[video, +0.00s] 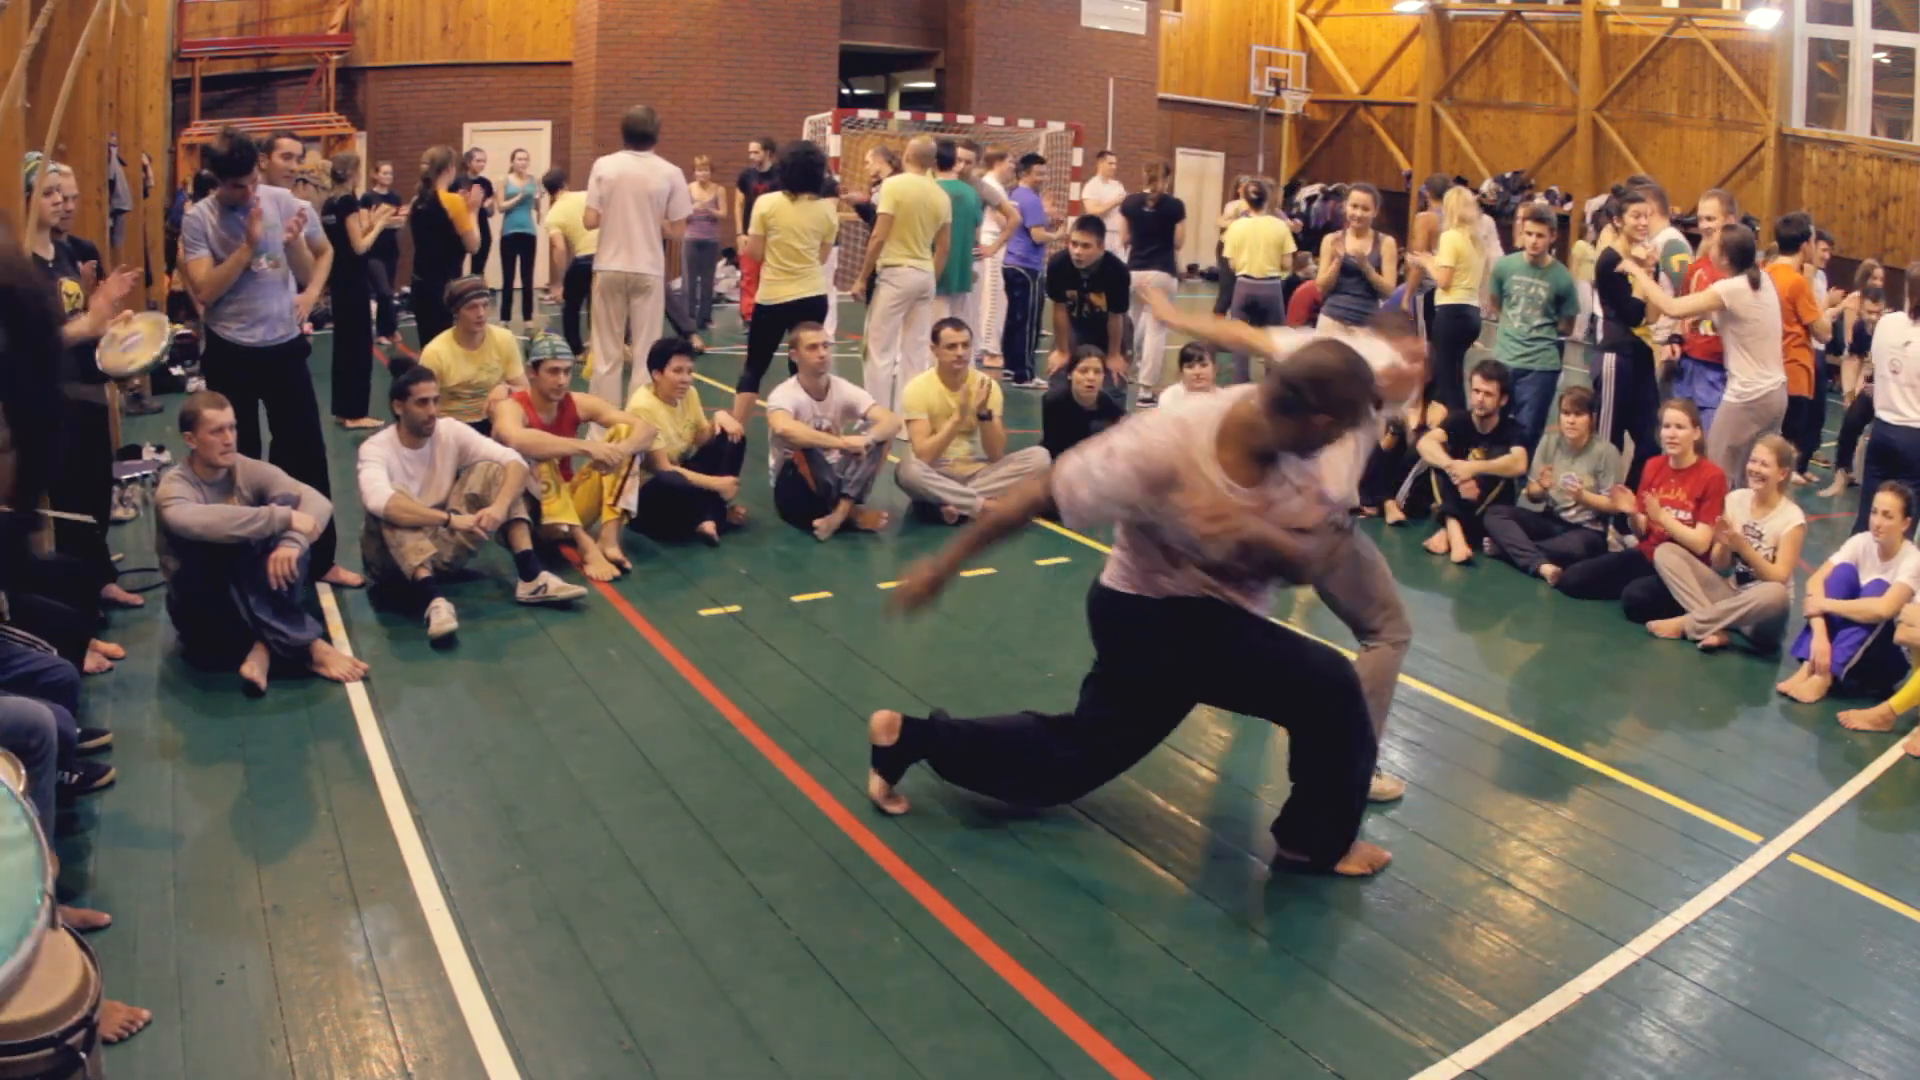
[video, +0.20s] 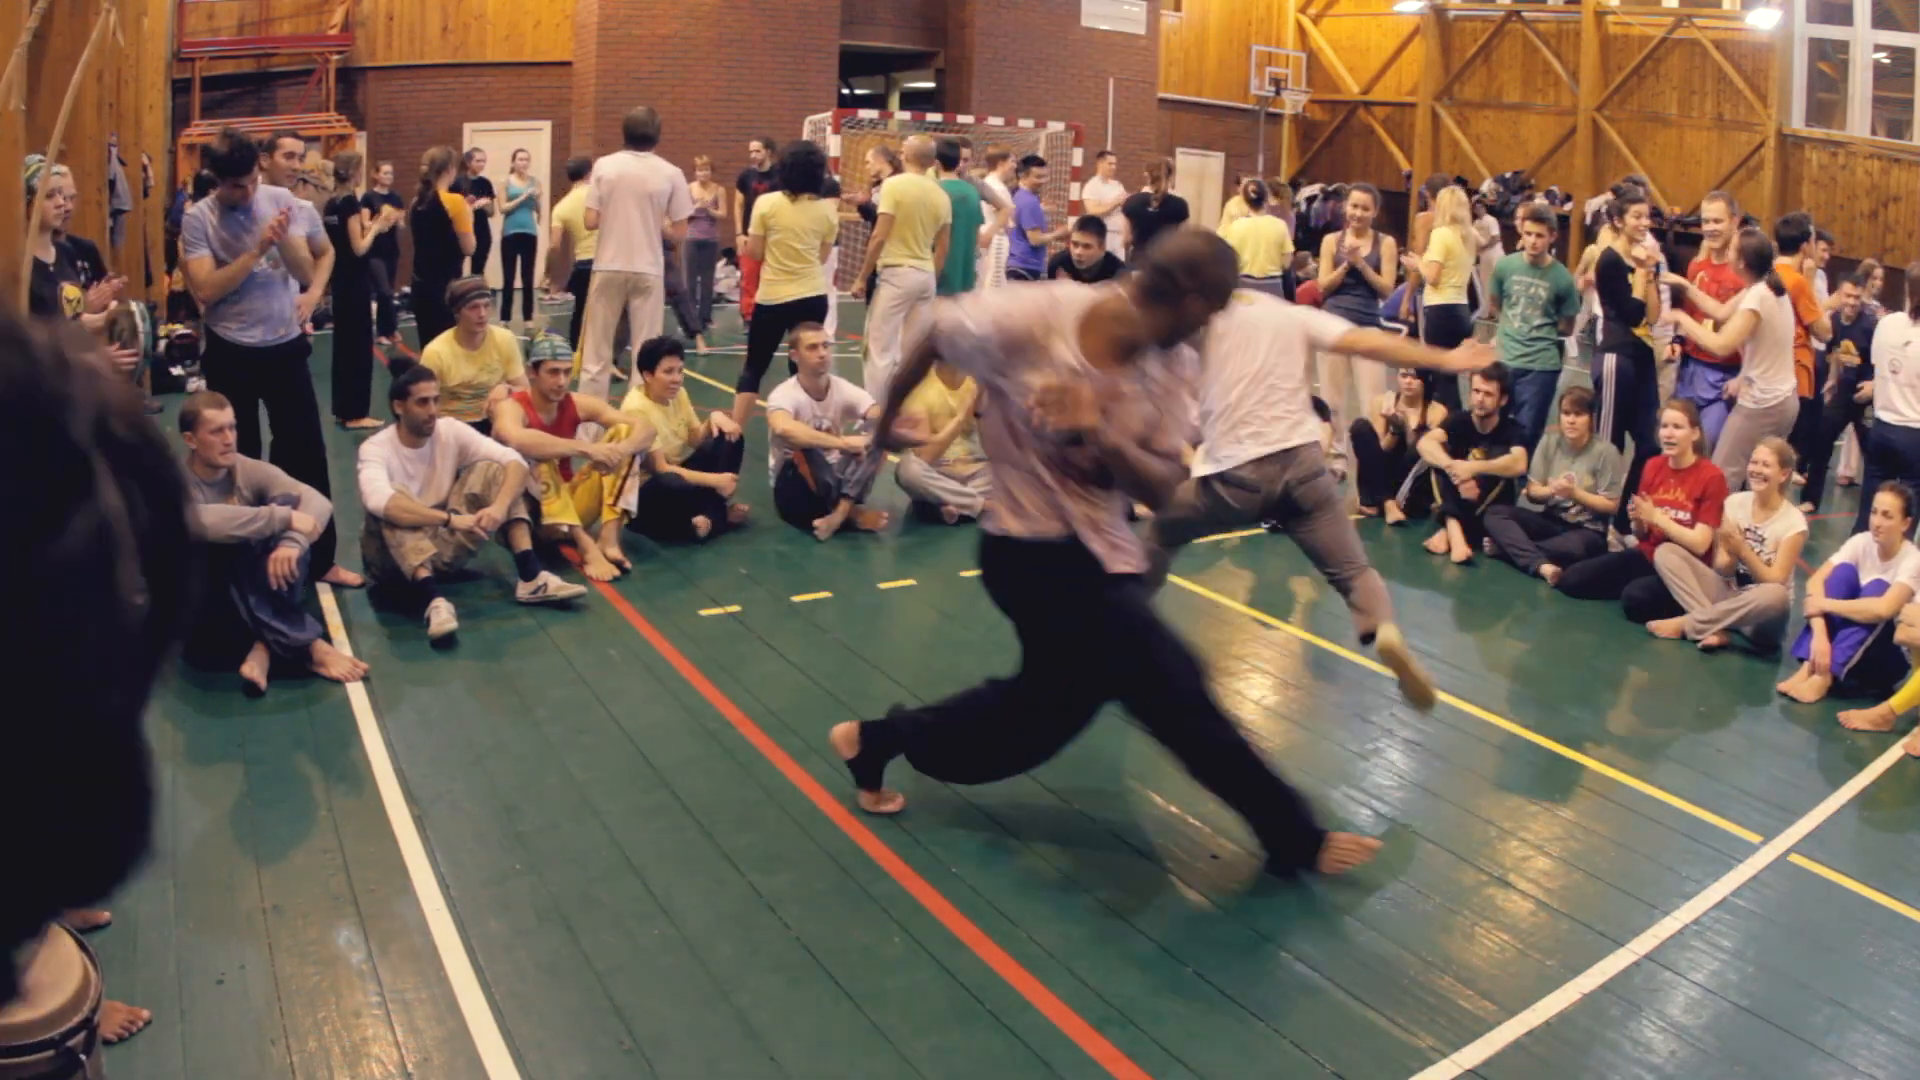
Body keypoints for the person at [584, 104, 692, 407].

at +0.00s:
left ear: (622, 133)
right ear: (656, 135)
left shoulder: (604, 167)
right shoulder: (670, 173)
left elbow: (590, 220)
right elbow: (678, 230)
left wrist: (617, 210)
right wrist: (652, 220)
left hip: (608, 268)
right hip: (649, 269)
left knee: (605, 351)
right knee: (647, 354)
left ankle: (600, 430)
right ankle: (639, 430)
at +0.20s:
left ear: (623, 134)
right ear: (657, 136)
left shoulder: (604, 166)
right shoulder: (671, 173)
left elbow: (591, 220)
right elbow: (679, 233)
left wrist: (617, 212)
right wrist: (654, 223)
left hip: (608, 267)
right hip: (648, 270)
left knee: (597, 350)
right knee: (647, 353)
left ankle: (590, 421)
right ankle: (641, 423)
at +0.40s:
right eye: (648, 131)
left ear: (615, 134)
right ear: (649, 135)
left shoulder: (597, 168)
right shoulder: (664, 172)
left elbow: (583, 220)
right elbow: (674, 231)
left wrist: (611, 213)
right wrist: (650, 222)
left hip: (603, 269)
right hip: (643, 269)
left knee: (596, 349)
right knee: (645, 349)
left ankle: (589, 422)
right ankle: (643, 422)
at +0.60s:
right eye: (635, 129)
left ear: (603, 133)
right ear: (636, 133)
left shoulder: (586, 167)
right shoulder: (653, 171)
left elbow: (576, 221)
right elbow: (664, 228)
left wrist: (602, 214)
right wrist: (641, 220)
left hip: (596, 267)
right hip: (635, 267)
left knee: (591, 350)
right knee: (639, 349)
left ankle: (591, 420)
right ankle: (637, 420)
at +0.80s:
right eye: (622, 128)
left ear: (588, 133)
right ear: (621, 133)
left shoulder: (573, 170)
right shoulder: (638, 170)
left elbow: (566, 226)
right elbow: (652, 227)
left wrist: (592, 217)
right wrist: (626, 218)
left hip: (588, 269)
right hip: (626, 268)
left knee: (585, 350)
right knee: (632, 349)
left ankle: (585, 421)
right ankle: (631, 421)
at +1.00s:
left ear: (576, 137)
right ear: (609, 135)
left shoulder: (564, 173)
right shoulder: (630, 168)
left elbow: (559, 229)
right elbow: (644, 224)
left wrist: (585, 221)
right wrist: (617, 216)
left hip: (583, 266)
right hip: (620, 264)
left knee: (582, 344)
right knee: (633, 340)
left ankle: (584, 406)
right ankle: (633, 407)